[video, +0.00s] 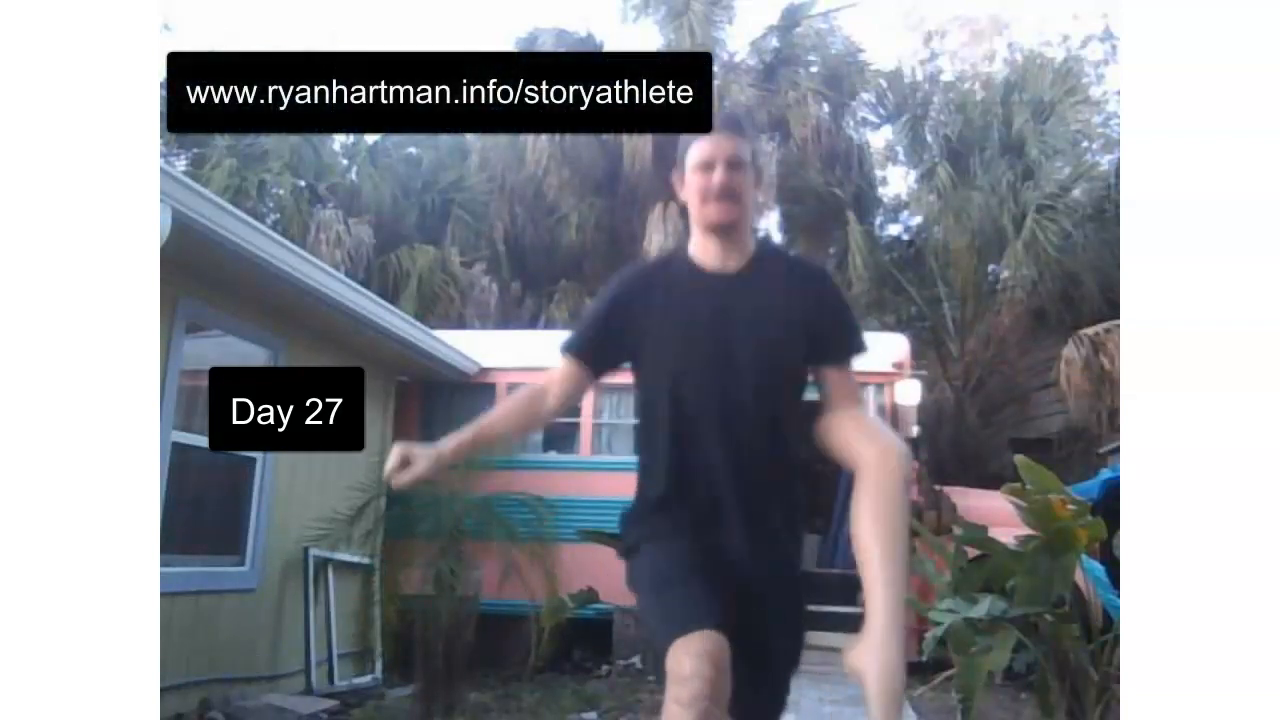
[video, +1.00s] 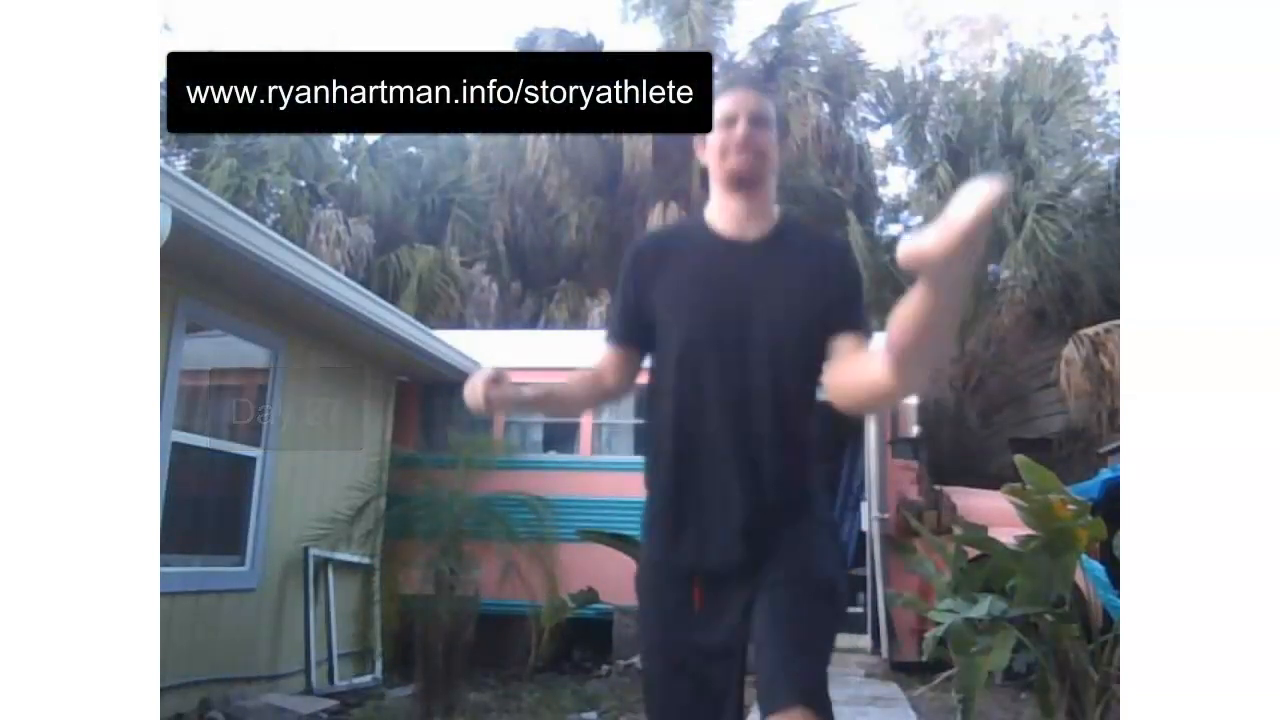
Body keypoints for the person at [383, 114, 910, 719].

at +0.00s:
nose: (721, 178)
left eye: (735, 167)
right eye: (706, 167)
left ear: (758, 185)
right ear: (680, 186)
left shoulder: (805, 287)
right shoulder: (642, 290)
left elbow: (839, 410)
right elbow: (550, 395)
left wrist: (882, 455)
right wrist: (441, 454)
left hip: (769, 534)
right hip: (671, 526)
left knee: (753, 712)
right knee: (700, 674)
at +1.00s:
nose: (742, 136)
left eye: (759, 122)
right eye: (726, 122)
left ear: (781, 143)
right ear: (701, 144)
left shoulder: (823, 254)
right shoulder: (657, 255)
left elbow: (849, 382)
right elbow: (610, 377)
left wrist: (897, 371)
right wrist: (523, 395)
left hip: (795, 533)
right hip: (682, 534)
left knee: (795, 704)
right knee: (684, 709)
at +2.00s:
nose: (743, 137)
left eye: (758, 124)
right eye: (726, 125)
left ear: (782, 142)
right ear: (701, 150)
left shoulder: (822, 258)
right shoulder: (659, 254)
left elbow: (850, 383)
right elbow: (605, 377)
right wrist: (538, 455)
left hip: (785, 513)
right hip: (682, 505)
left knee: (761, 703)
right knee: (692, 680)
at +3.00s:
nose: (784, 220)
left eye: (802, 202)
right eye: (765, 203)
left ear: (829, 220)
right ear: (737, 223)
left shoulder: (877, 336)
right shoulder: (690, 340)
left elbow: (944, 459)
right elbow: (610, 447)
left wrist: (1002, 425)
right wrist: (548, 508)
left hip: (832, 600)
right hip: (715, 609)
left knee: (849, 703)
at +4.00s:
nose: (749, 218)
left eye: (766, 205)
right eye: (733, 204)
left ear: (788, 228)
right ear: (702, 226)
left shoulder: (828, 341)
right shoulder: (651, 335)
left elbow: (843, 480)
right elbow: (554, 436)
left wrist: (879, 546)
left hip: (770, 599)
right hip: (663, 580)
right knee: (723, 680)